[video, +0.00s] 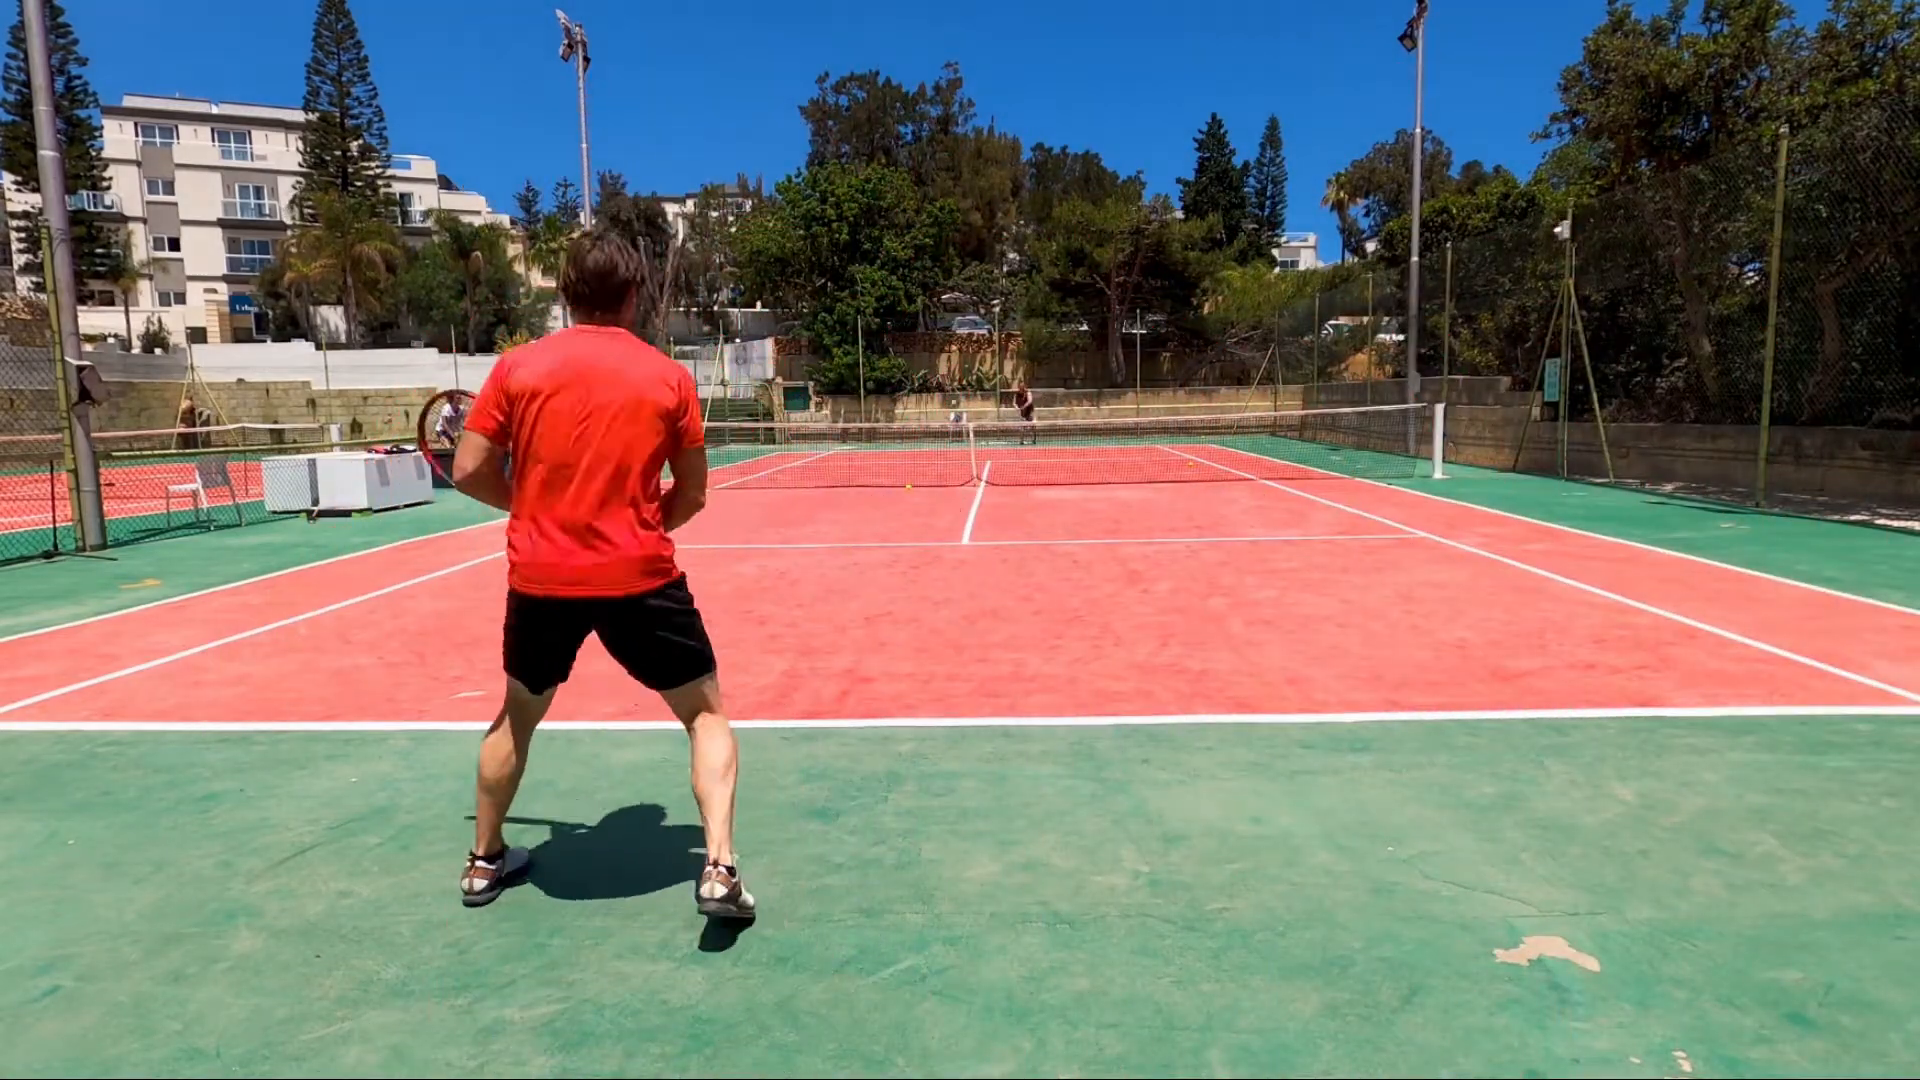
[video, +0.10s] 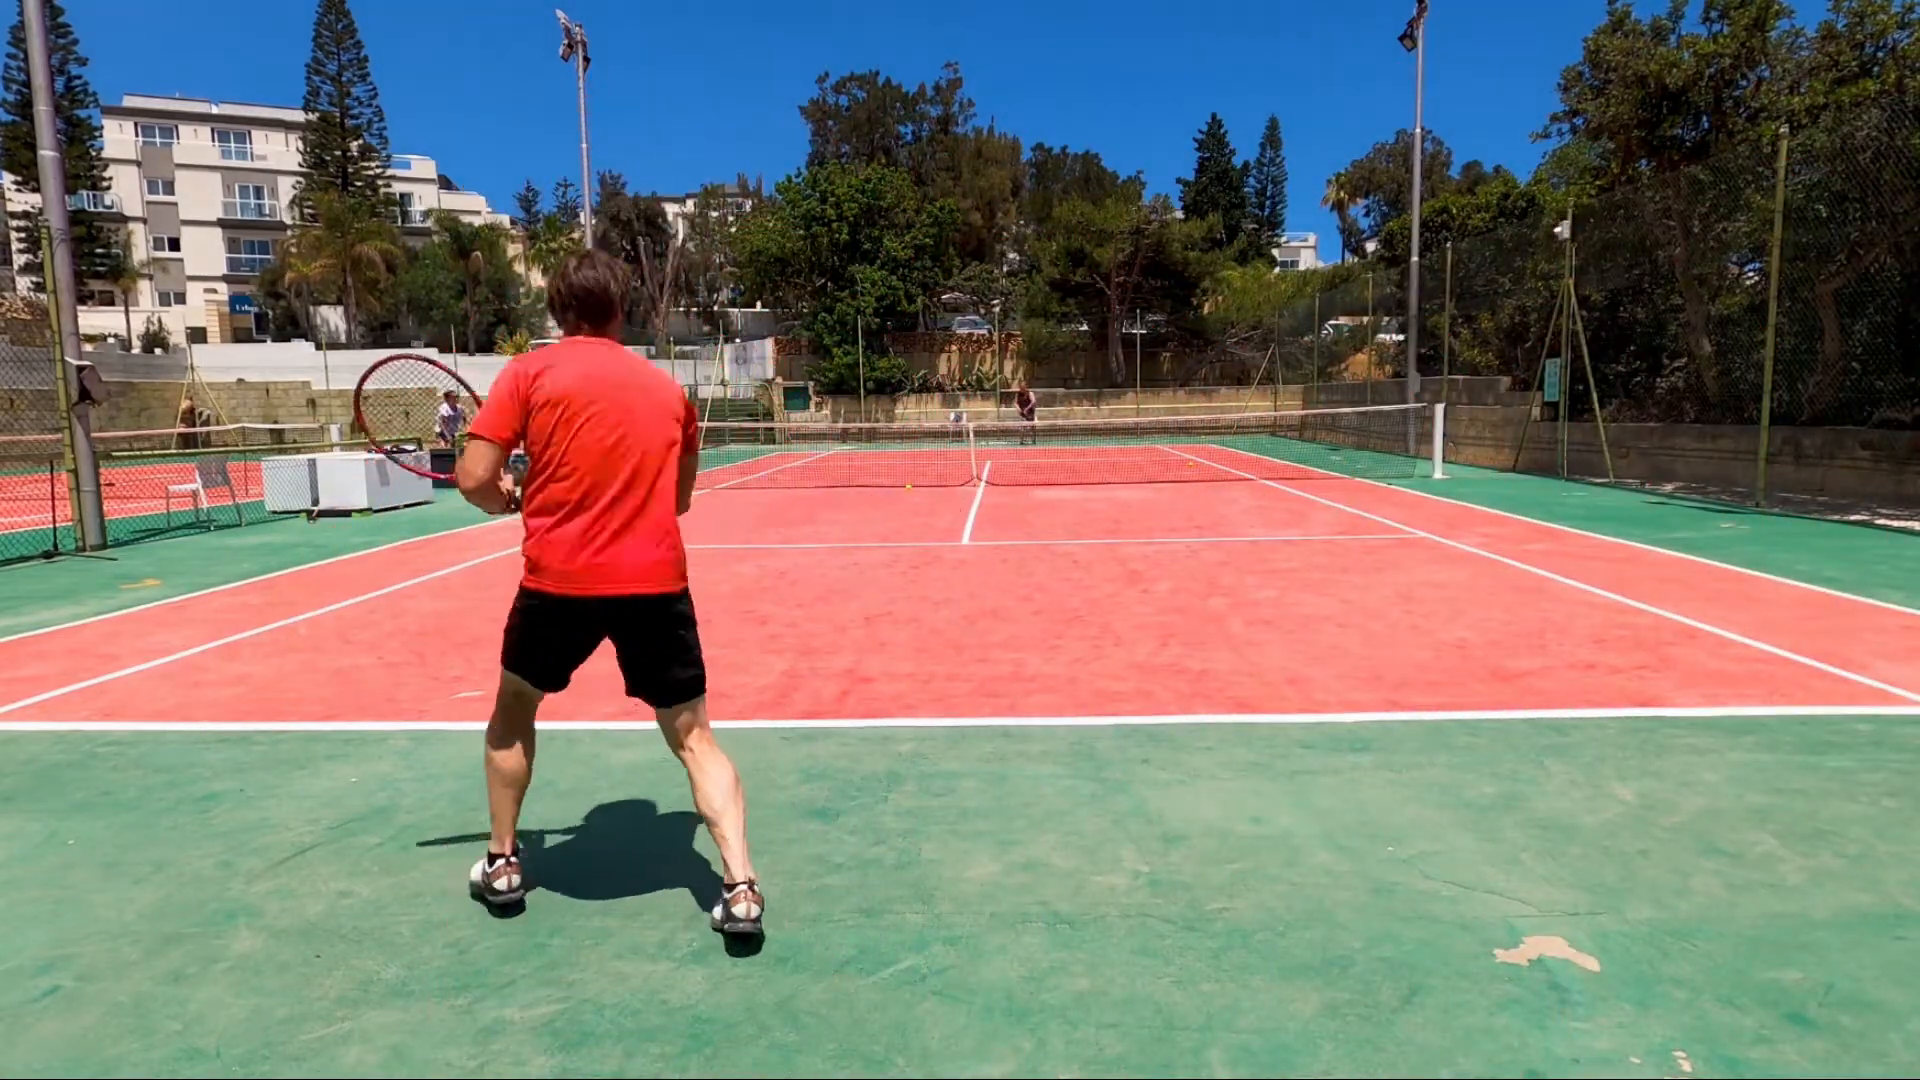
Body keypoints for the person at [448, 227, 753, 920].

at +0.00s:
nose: (637, 299)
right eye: (636, 290)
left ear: (566, 292)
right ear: (634, 294)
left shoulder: (518, 366)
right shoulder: (668, 377)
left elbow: (469, 472)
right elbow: (690, 494)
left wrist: (535, 502)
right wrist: (638, 526)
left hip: (542, 582)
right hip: (639, 579)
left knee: (515, 714)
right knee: (704, 713)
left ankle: (482, 861)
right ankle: (720, 867)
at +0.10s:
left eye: (553, 309)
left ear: (558, 313)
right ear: (621, 314)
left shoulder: (528, 372)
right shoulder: (665, 387)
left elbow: (473, 477)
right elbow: (679, 497)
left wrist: (506, 500)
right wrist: (600, 489)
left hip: (561, 585)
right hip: (656, 586)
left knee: (514, 714)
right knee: (692, 729)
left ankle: (502, 863)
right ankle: (742, 885)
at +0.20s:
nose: (527, 345)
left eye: (528, 335)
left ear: (535, 335)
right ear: (594, 336)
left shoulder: (531, 389)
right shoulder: (633, 397)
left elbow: (496, 491)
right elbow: (612, 511)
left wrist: (466, 499)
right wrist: (512, 535)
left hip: (573, 595)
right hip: (661, 592)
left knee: (498, 701)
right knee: (696, 746)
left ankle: (522, 862)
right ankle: (748, 900)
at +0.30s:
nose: (492, 351)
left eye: (492, 339)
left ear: (498, 340)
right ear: (554, 339)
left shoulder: (514, 389)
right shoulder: (590, 397)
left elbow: (514, 484)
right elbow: (569, 520)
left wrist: (451, 508)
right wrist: (477, 548)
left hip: (570, 590)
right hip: (650, 587)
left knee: (490, 718)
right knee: (666, 733)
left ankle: (530, 880)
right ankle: (735, 870)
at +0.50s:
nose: (439, 393)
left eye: (440, 383)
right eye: (441, 384)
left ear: (451, 382)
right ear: (501, 381)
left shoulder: (465, 424)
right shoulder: (536, 425)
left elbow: (473, 499)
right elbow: (499, 539)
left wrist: (403, 536)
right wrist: (425, 579)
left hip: (554, 593)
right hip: (627, 582)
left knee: (477, 736)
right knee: (602, 656)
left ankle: (527, 885)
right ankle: (641, 781)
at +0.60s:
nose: (438, 399)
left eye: (439, 389)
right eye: (440, 391)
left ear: (447, 386)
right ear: (500, 383)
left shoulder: (465, 413)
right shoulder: (519, 423)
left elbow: (472, 470)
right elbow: (463, 522)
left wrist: (396, 477)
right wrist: (384, 524)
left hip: (558, 578)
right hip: (622, 567)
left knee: (506, 727)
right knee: (593, 633)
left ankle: (536, 878)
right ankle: (603, 740)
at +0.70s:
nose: (434, 409)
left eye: (436, 400)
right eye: (433, 401)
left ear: (449, 399)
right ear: (493, 396)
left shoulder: (476, 425)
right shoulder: (507, 430)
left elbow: (482, 490)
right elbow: (427, 509)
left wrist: (401, 481)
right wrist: (358, 505)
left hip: (564, 576)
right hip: (616, 566)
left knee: (511, 711)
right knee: (578, 641)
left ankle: (541, 845)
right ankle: (572, 731)